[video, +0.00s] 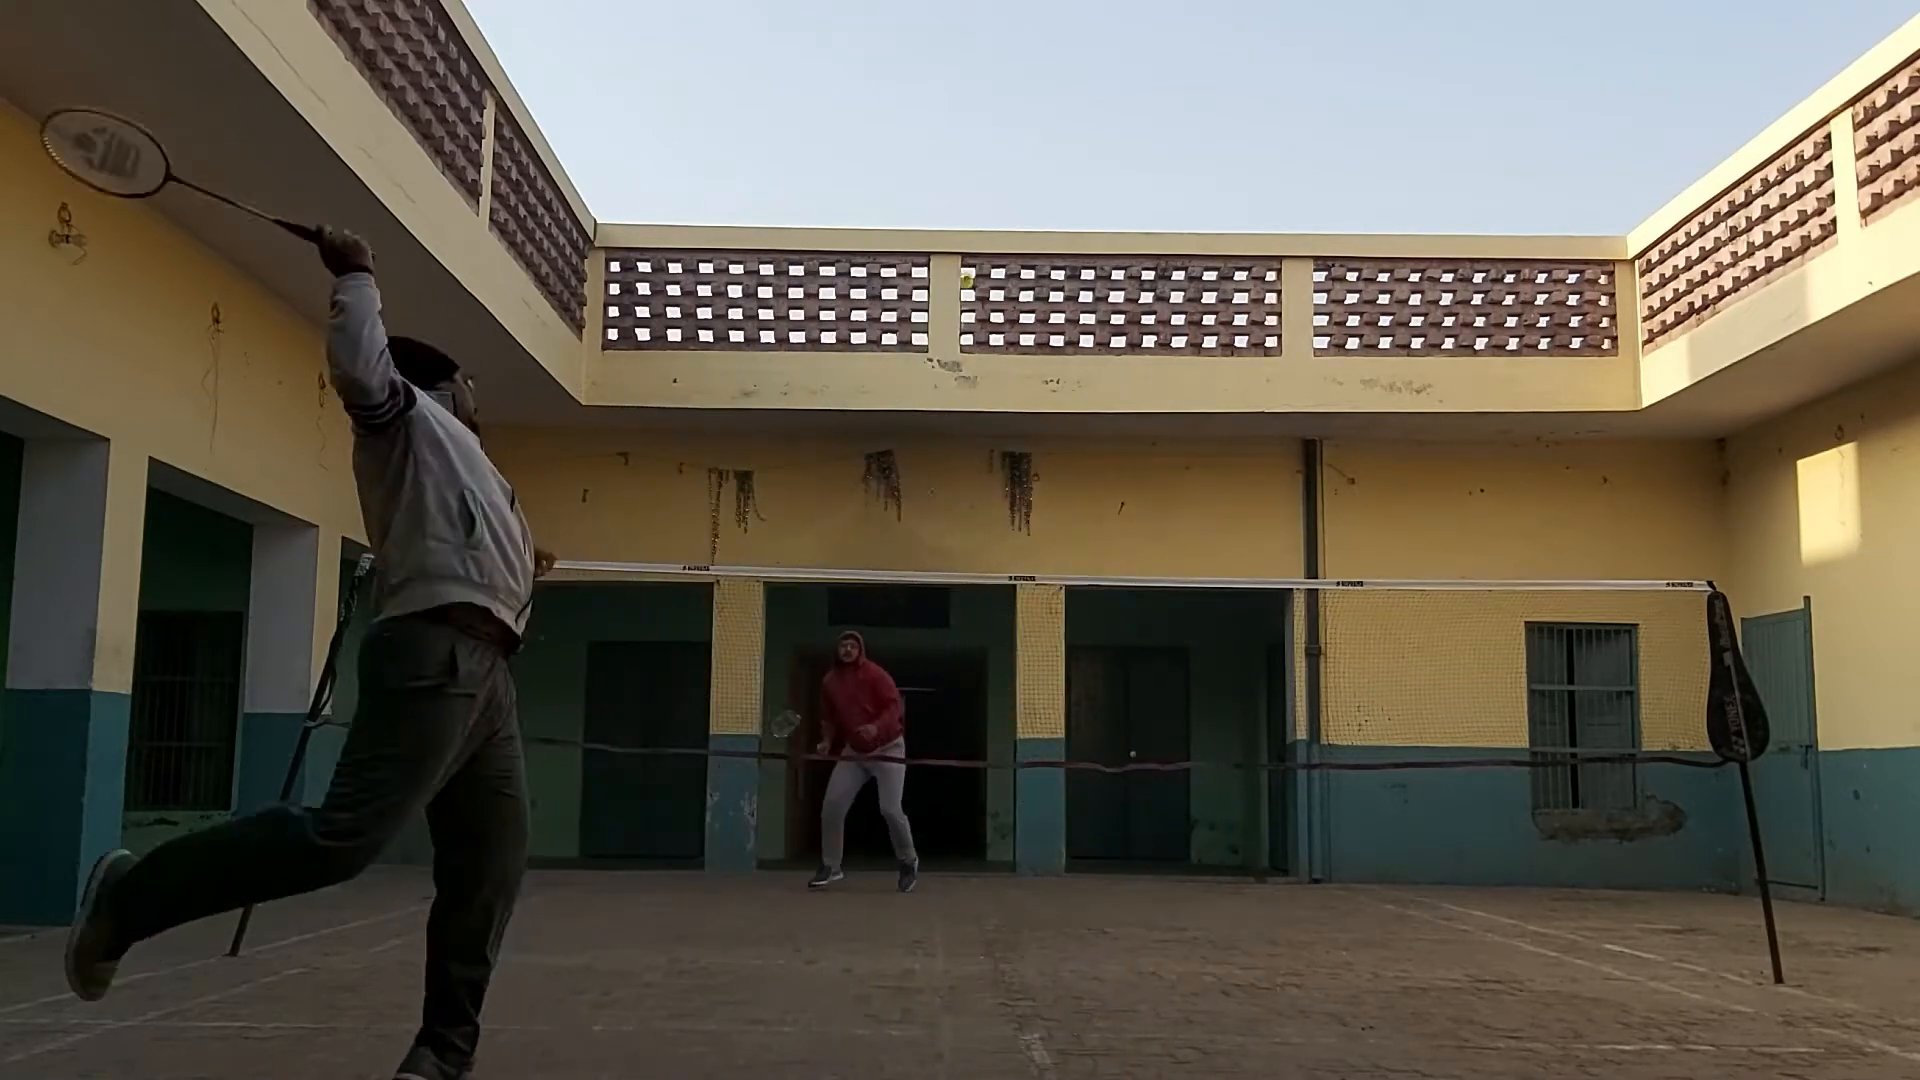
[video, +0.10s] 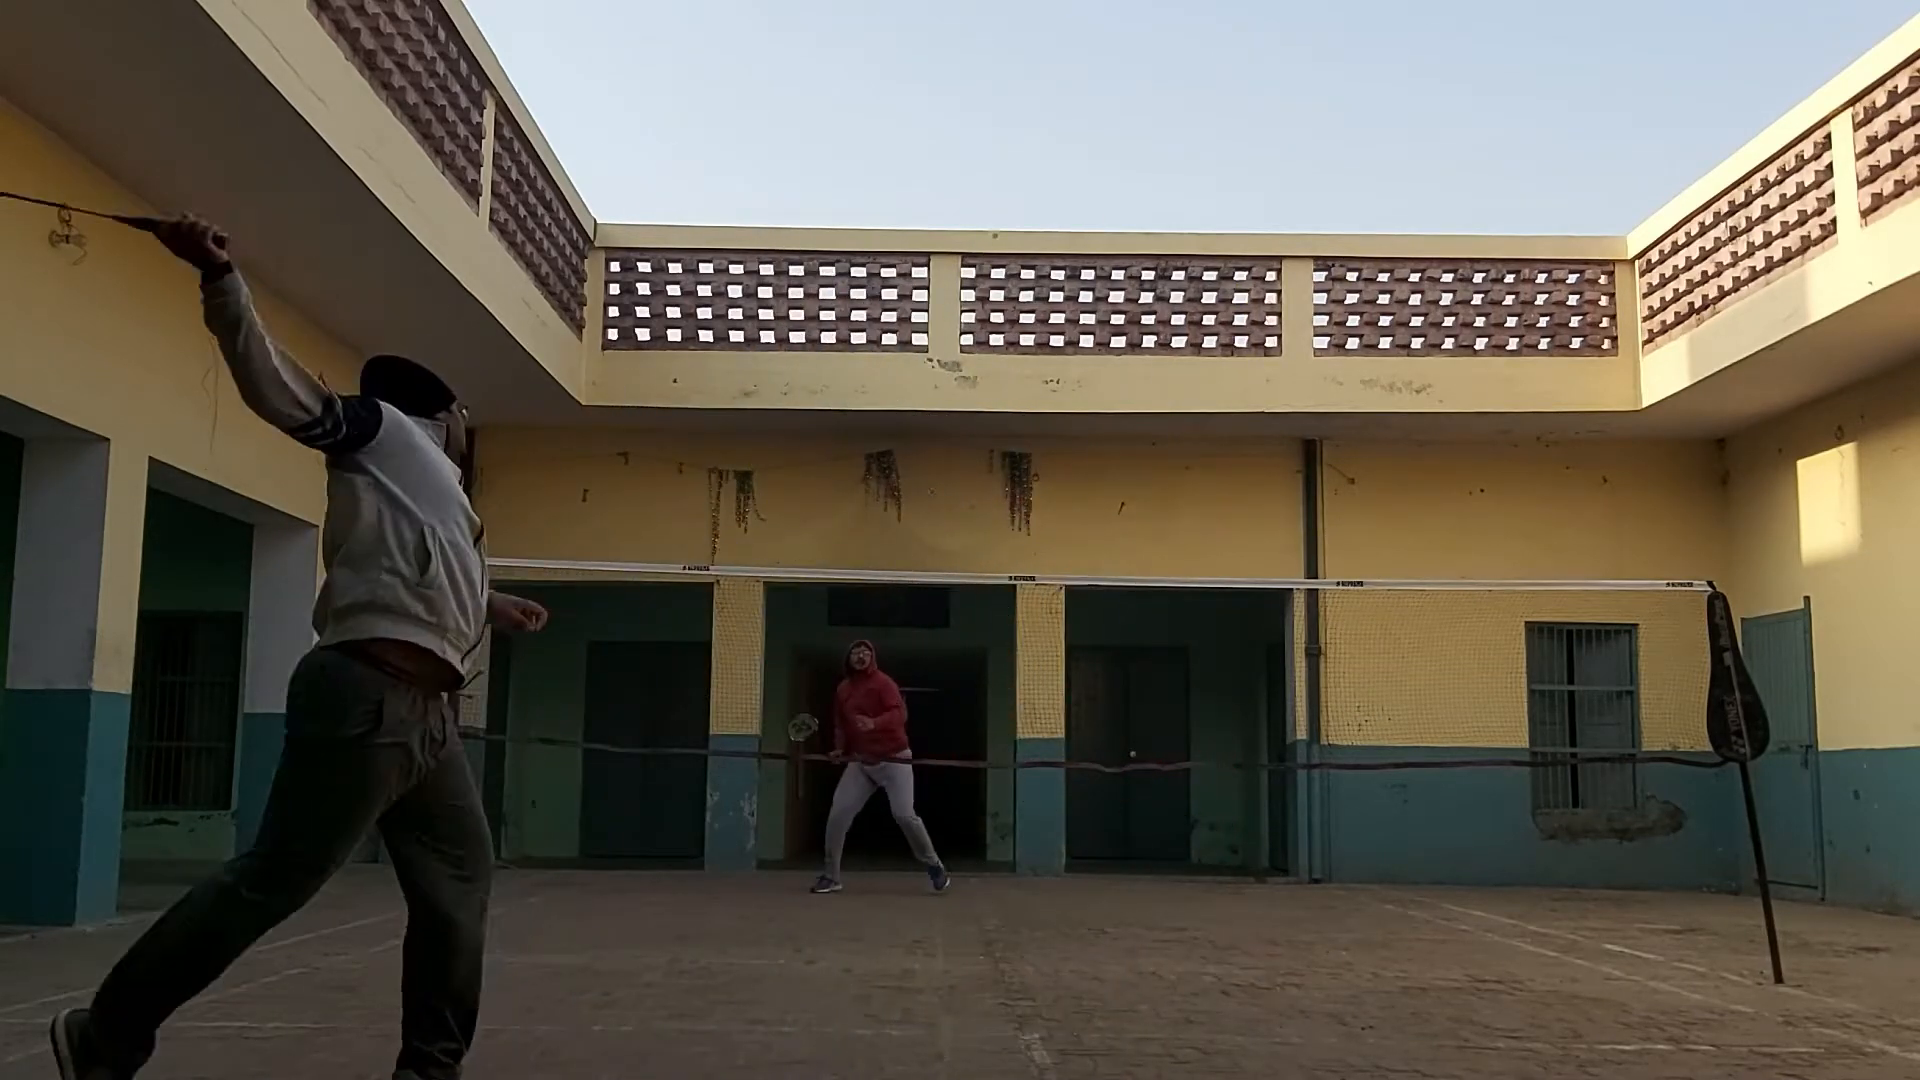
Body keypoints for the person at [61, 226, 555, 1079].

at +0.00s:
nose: (470, 389)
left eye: (466, 380)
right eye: (457, 378)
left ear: (430, 385)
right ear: (423, 380)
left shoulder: (478, 474)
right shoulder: (405, 419)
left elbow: (486, 568)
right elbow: (359, 365)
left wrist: (526, 567)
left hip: (487, 672)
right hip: (431, 651)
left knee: (488, 870)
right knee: (340, 843)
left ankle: (444, 1051)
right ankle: (124, 898)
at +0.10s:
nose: (466, 434)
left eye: (465, 425)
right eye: (457, 420)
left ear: (430, 425)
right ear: (421, 408)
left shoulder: (441, 494)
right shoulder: (379, 425)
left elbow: (423, 579)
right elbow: (281, 394)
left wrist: (491, 603)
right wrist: (224, 279)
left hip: (430, 710)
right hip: (361, 693)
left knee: (458, 886)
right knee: (273, 882)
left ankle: (431, 1065)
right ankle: (101, 1037)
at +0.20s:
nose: (465, 485)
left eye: (466, 472)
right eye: (462, 470)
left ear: (424, 467)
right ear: (435, 463)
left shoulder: (416, 550)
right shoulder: (356, 487)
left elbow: (387, 681)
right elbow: (251, 493)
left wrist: (463, 679)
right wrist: (176, 424)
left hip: (368, 770)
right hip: (295, 760)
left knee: (448, 878)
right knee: (209, 939)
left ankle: (431, 1065)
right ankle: (45, 1061)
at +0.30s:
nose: (471, 523)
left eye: (471, 507)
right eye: (468, 505)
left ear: (422, 495)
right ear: (442, 498)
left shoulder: (407, 571)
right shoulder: (362, 531)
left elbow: (357, 679)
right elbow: (265, 581)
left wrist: (422, 723)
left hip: (341, 781)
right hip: (275, 774)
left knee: (441, 879)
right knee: (200, 953)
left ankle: (428, 1064)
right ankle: (40, 1068)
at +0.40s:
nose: (491, 508)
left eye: (492, 495)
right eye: (490, 494)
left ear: (436, 479)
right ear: (470, 488)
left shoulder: (430, 541)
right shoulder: (419, 523)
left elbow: (371, 646)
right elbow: (357, 623)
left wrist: (409, 727)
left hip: (356, 758)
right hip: (302, 747)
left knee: (453, 884)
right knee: (222, 928)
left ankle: (424, 1062)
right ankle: (48, 1064)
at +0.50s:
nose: (522, 487)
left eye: (518, 473)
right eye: (519, 473)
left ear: (447, 462)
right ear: (507, 468)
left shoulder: (395, 522)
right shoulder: (497, 521)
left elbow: (311, 629)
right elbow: (486, 633)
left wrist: (390, 690)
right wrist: (532, 731)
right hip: (369, 745)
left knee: (471, 890)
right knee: (270, 923)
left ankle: (428, 1063)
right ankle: (87, 1050)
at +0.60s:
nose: (562, 471)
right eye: (556, 458)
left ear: (476, 460)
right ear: (547, 461)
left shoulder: (429, 522)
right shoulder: (552, 515)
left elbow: (353, 630)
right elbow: (563, 622)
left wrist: (437, 670)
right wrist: (624, 702)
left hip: (387, 718)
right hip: (436, 733)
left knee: (495, 893)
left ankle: (433, 1065)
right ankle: (180, 1020)